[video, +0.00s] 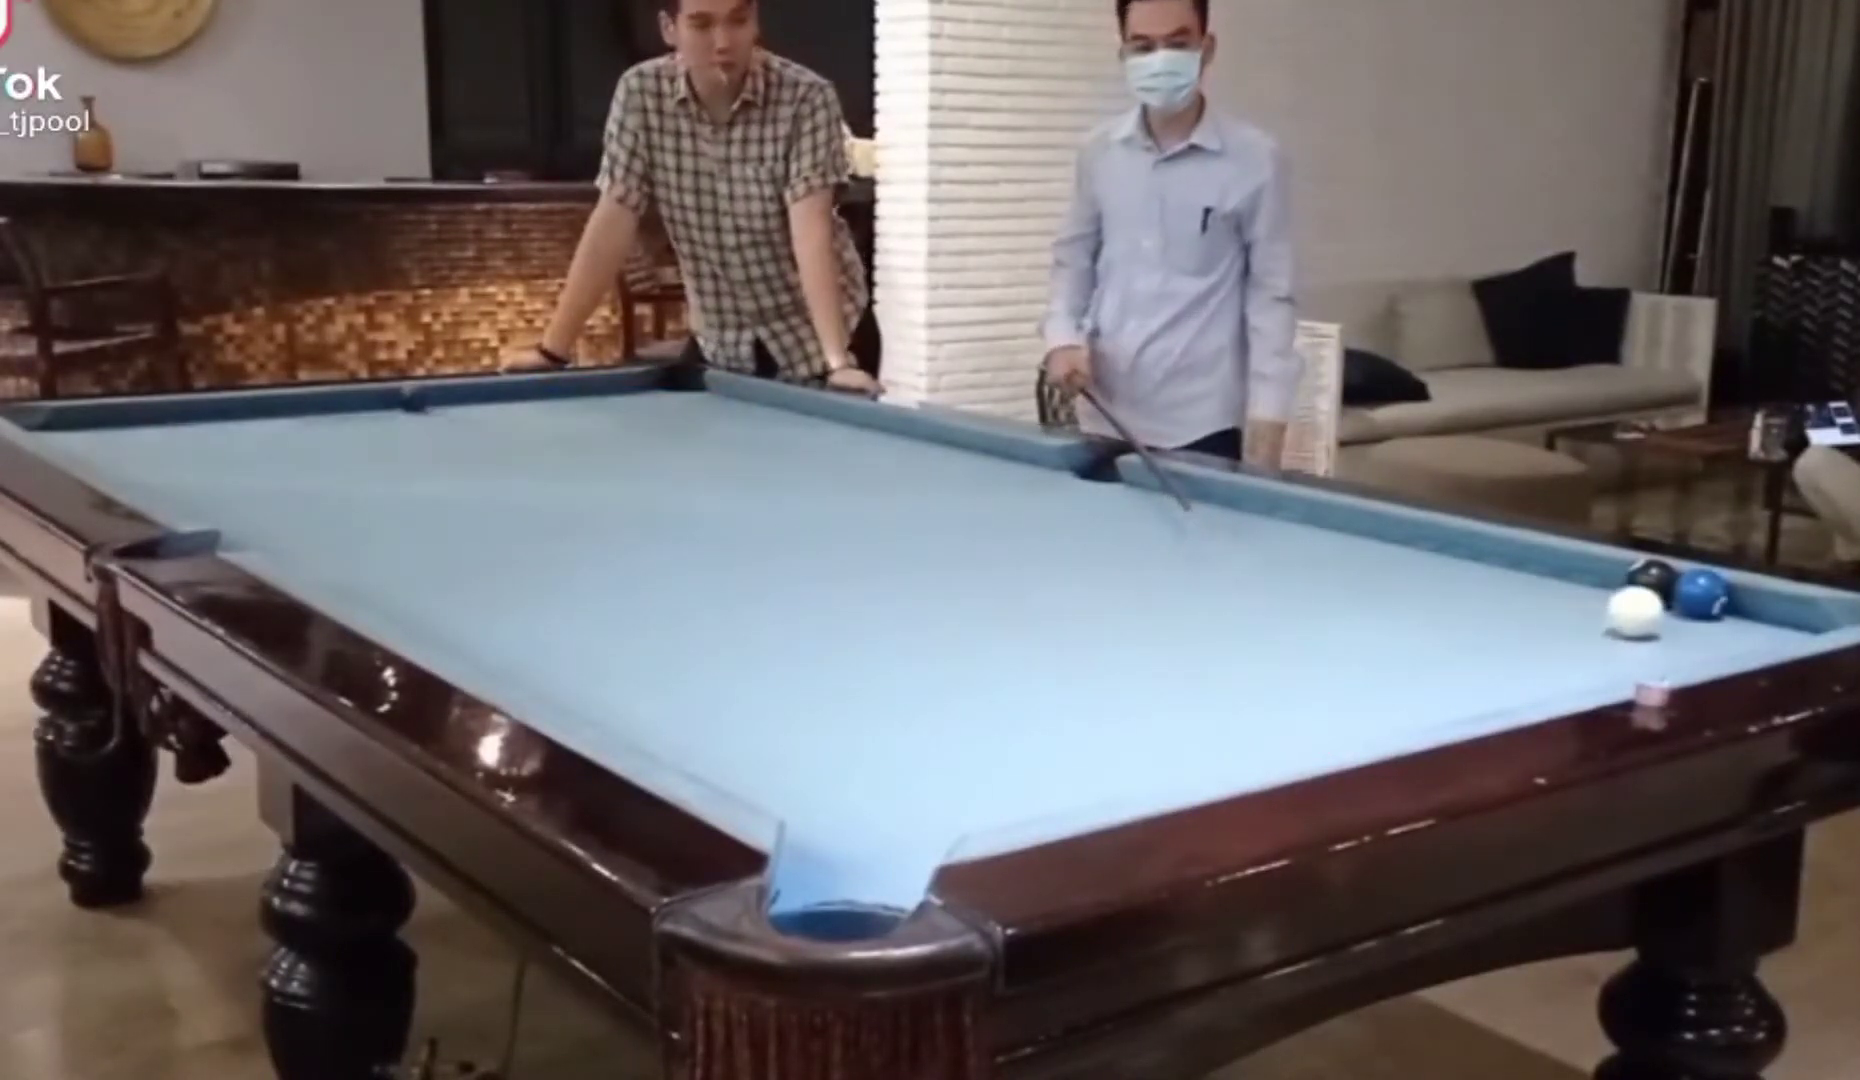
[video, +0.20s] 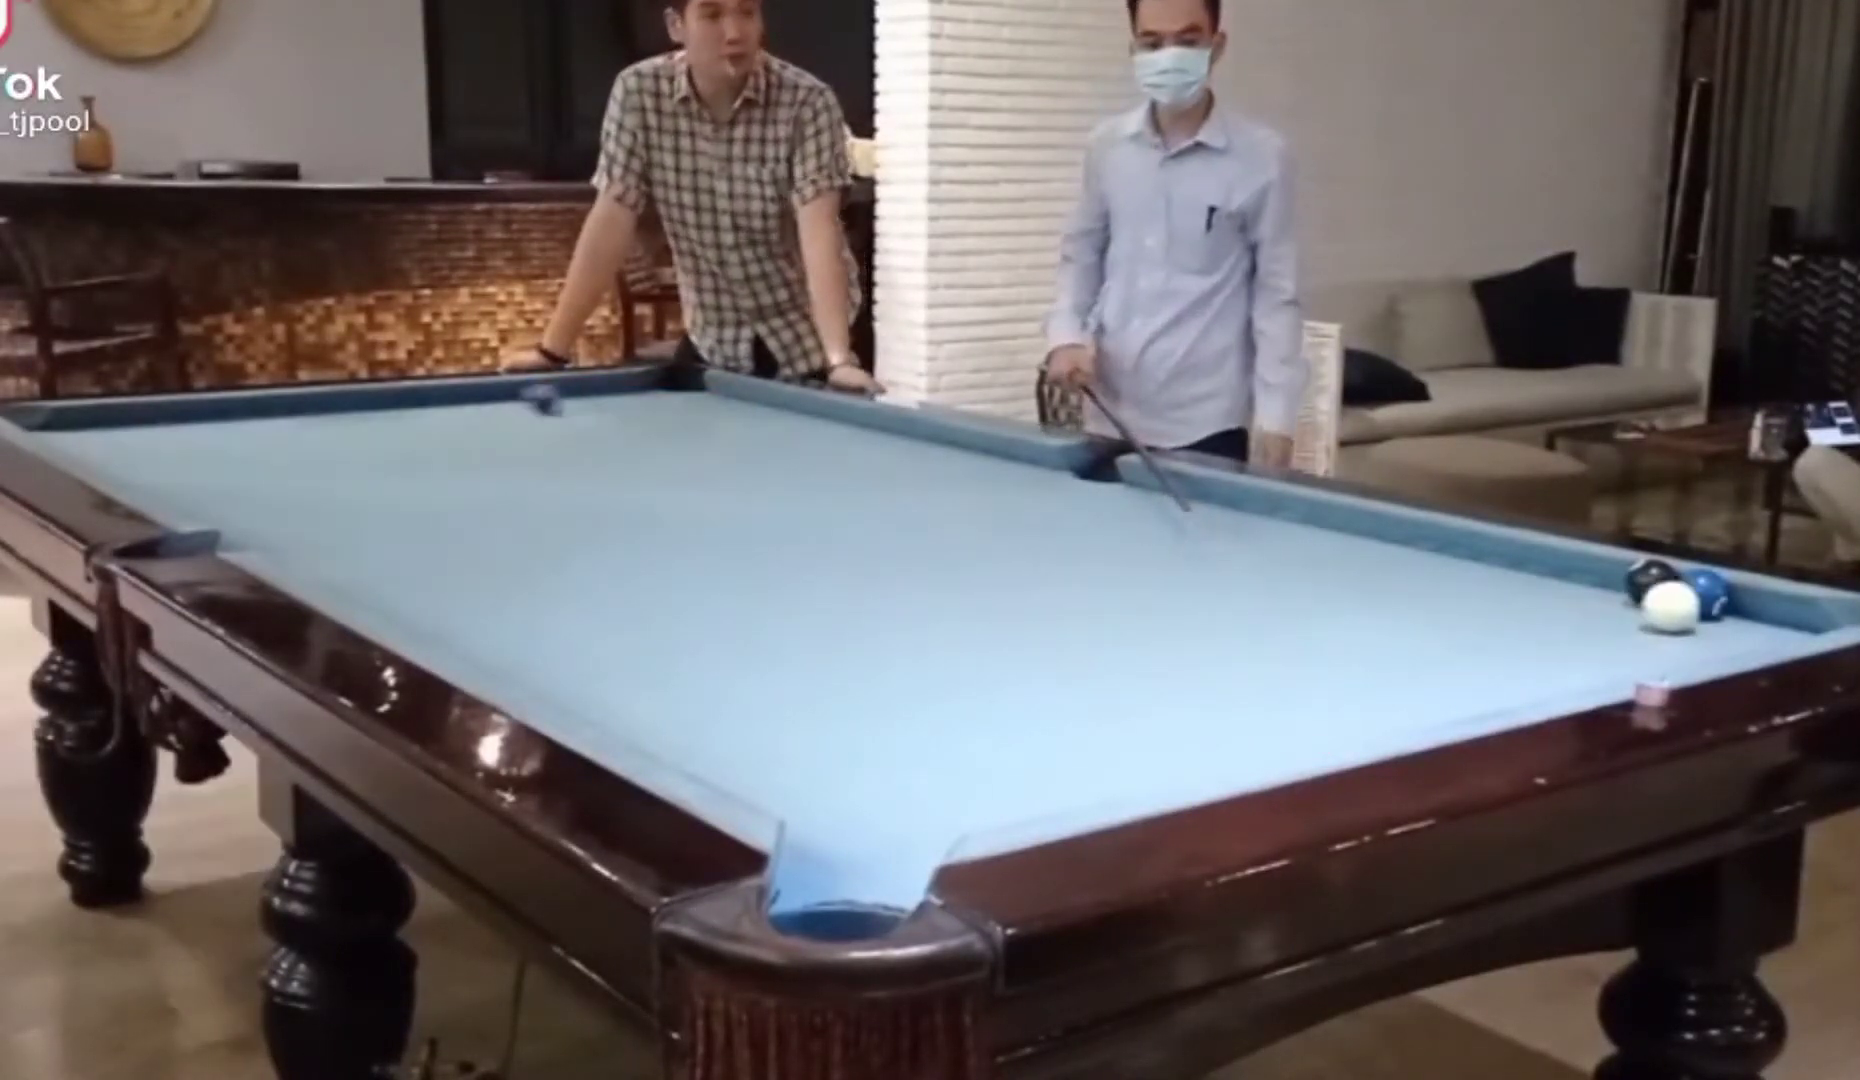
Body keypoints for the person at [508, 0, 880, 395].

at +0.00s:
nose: (723, 41)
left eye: (738, 22)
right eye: (703, 25)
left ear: (757, 23)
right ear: (670, 30)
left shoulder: (804, 97)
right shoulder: (641, 94)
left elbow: (812, 229)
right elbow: (614, 218)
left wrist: (838, 361)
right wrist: (553, 350)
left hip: (819, 335)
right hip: (721, 338)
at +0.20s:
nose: (734, 32)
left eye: (746, 14)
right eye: (712, 15)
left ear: (763, 20)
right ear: (677, 25)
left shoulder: (806, 102)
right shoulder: (639, 93)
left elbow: (821, 232)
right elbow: (612, 218)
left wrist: (839, 359)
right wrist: (553, 350)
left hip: (807, 336)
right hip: (712, 337)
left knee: (816, 491)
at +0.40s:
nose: (750, 28)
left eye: (759, 11)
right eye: (729, 12)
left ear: (772, 15)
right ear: (685, 23)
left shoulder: (809, 104)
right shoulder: (637, 91)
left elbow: (854, 237)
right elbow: (609, 217)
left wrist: (847, 333)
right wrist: (553, 350)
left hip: (811, 338)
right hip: (704, 339)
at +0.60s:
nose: (766, 31)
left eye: (774, 14)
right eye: (745, 16)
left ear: (784, 19)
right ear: (698, 24)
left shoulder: (813, 102)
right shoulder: (642, 88)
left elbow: (858, 228)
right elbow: (610, 217)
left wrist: (832, 248)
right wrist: (552, 350)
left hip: (816, 336)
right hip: (702, 341)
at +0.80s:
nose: (774, 38)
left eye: (783, 20)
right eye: (754, 20)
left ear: (793, 22)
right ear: (707, 24)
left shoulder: (811, 98)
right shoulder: (649, 86)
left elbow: (851, 245)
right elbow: (613, 216)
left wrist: (809, 161)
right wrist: (552, 351)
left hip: (811, 334)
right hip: (701, 340)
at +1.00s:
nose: (776, 38)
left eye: (783, 21)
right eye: (755, 21)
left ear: (794, 23)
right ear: (709, 25)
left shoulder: (811, 97)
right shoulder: (651, 88)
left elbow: (849, 242)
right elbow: (613, 218)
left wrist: (805, 152)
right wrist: (552, 352)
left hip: (810, 334)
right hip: (700, 341)